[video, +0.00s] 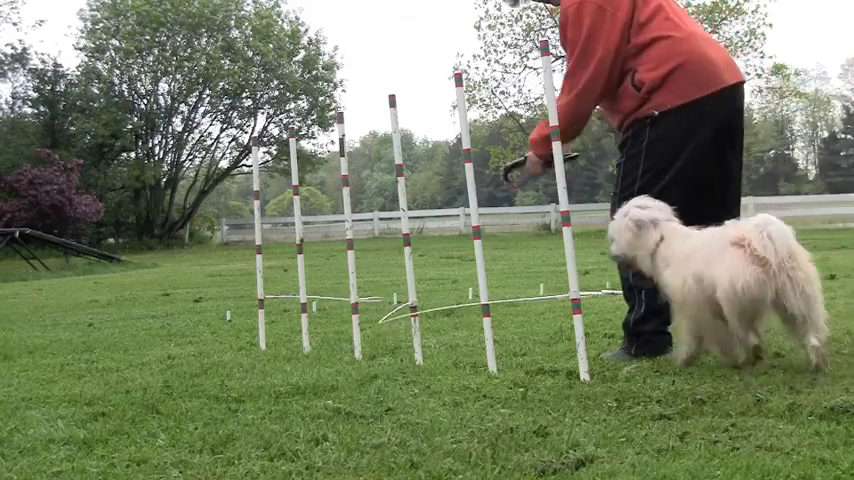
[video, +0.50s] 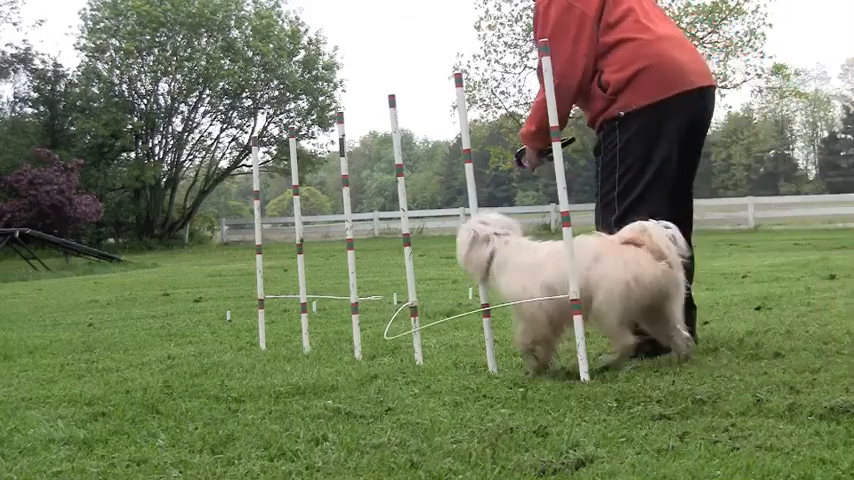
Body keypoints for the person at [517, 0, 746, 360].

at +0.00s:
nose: (551, 8)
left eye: (554, 7)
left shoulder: (586, 5)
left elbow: (587, 79)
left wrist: (541, 148)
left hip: (669, 93)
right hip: (721, 80)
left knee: (634, 221)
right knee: (710, 220)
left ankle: (645, 339)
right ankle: (724, 330)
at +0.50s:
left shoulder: (560, 4)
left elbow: (563, 71)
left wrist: (534, 139)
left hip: (642, 93)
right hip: (690, 83)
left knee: (622, 223)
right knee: (672, 214)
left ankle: (645, 333)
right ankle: (678, 328)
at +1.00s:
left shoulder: (567, 4)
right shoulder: (637, 5)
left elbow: (565, 76)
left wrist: (546, 124)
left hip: (612, 116)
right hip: (673, 107)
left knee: (579, 227)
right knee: (665, 221)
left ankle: (616, 316)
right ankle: (665, 321)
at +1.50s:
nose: (491, 15)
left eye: (490, 8)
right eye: (488, 11)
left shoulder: (508, 29)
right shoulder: (582, 21)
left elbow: (496, 100)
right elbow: (604, 80)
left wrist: (484, 146)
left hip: (536, 145)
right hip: (601, 139)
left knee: (530, 239)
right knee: (591, 230)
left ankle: (538, 330)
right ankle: (612, 292)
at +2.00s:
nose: (483, 29)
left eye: (480, 20)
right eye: (477, 24)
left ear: (492, 6)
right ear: (514, 2)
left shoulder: (503, 37)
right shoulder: (561, 30)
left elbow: (495, 107)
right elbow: (575, 87)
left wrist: (479, 153)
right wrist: (519, 135)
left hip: (540, 145)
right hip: (593, 138)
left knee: (524, 243)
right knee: (571, 239)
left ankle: (542, 330)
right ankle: (578, 322)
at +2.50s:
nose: (470, 41)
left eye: (469, 33)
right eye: (467, 35)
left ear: (480, 21)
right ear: (506, 16)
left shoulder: (484, 51)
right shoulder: (549, 43)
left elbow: (479, 117)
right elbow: (575, 92)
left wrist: (479, 163)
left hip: (524, 150)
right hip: (582, 144)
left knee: (501, 235)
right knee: (572, 234)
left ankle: (499, 322)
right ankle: (577, 319)